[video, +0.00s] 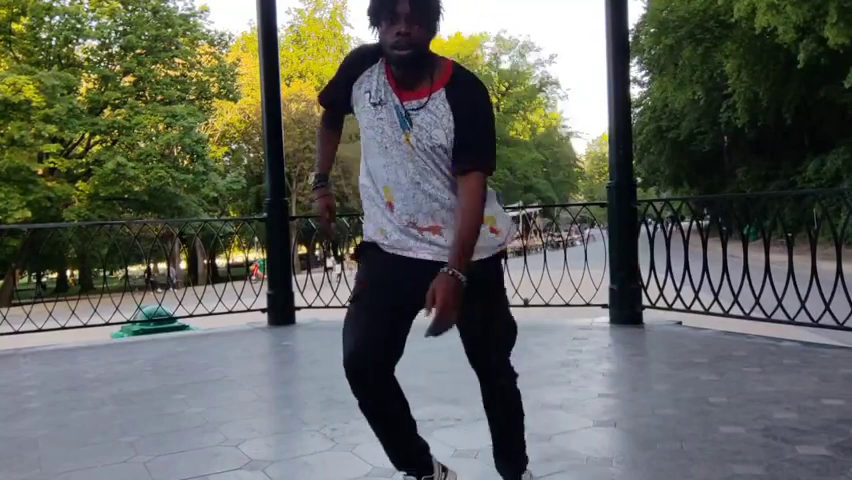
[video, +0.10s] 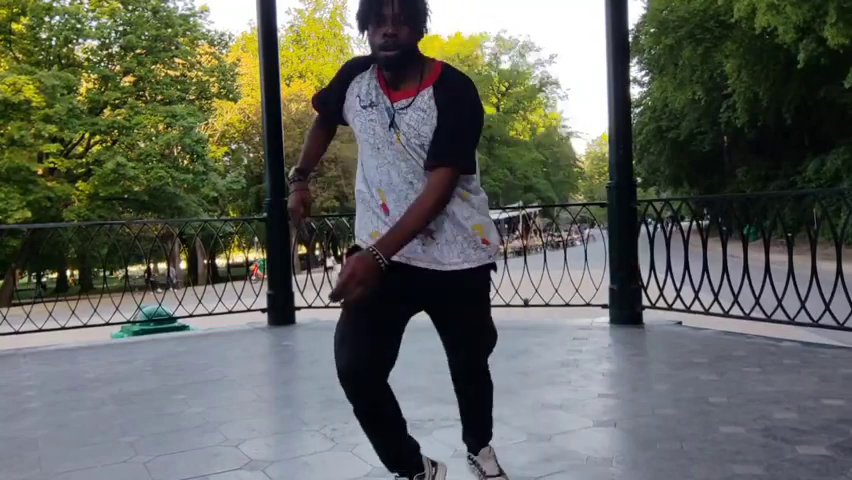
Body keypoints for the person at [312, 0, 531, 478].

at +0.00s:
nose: (403, 29)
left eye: (416, 18)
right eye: (391, 18)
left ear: (434, 24)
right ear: (376, 25)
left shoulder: (464, 90)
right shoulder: (360, 68)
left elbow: (472, 183)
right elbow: (332, 115)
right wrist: (321, 182)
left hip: (468, 252)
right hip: (391, 250)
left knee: (494, 368)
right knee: (364, 363)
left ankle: (513, 470)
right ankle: (421, 470)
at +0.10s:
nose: (388, 32)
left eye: (400, 22)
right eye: (378, 22)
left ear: (420, 27)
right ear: (364, 29)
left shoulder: (454, 90)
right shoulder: (354, 78)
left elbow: (439, 188)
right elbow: (324, 123)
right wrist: (301, 177)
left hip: (458, 261)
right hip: (385, 260)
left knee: (470, 364)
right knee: (356, 370)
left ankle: (480, 446)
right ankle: (415, 468)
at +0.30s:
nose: (379, 32)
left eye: (391, 22)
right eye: (369, 25)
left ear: (409, 28)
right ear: (356, 37)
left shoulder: (434, 64)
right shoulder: (358, 104)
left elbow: (431, 149)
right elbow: (331, 169)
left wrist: (344, 204)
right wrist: (279, 187)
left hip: (441, 254)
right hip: (374, 255)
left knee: (443, 361)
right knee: (375, 370)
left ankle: (403, 420)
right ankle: (392, 470)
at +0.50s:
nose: (388, 34)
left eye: (399, 24)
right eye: (377, 26)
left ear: (416, 29)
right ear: (364, 35)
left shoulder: (440, 66)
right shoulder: (353, 113)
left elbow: (471, 132)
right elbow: (340, 192)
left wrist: (405, 183)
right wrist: (282, 245)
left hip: (422, 237)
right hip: (354, 243)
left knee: (424, 338)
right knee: (354, 358)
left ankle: (407, 370)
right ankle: (399, 468)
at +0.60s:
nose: (387, 34)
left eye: (397, 24)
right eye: (376, 25)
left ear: (413, 28)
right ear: (363, 32)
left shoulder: (439, 80)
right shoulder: (349, 105)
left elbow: (488, 150)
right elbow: (339, 192)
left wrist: (454, 176)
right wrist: (302, 261)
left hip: (414, 221)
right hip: (351, 232)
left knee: (406, 301)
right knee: (357, 357)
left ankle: (422, 362)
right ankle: (406, 468)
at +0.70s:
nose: (379, 28)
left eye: (390, 18)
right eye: (369, 19)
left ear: (406, 24)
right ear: (358, 28)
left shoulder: (431, 79)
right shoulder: (342, 99)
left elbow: (468, 148)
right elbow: (343, 185)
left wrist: (496, 172)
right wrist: (316, 247)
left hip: (415, 199)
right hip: (356, 221)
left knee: (403, 271)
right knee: (368, 354)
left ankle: (428, 365)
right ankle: (415, 469)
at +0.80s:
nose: (367, 27)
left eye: (379, 16)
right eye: (357, 17)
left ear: (394, 22)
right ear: (343, 25)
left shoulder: (421, 76)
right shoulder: (334, 93)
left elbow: (474, 146)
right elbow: (343, 181)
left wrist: (533, 149)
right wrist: (310, 233)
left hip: (413, 199)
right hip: (353, 225)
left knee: (411, 260)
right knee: (374, 361)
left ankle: (431, 354)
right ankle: (422, 469)